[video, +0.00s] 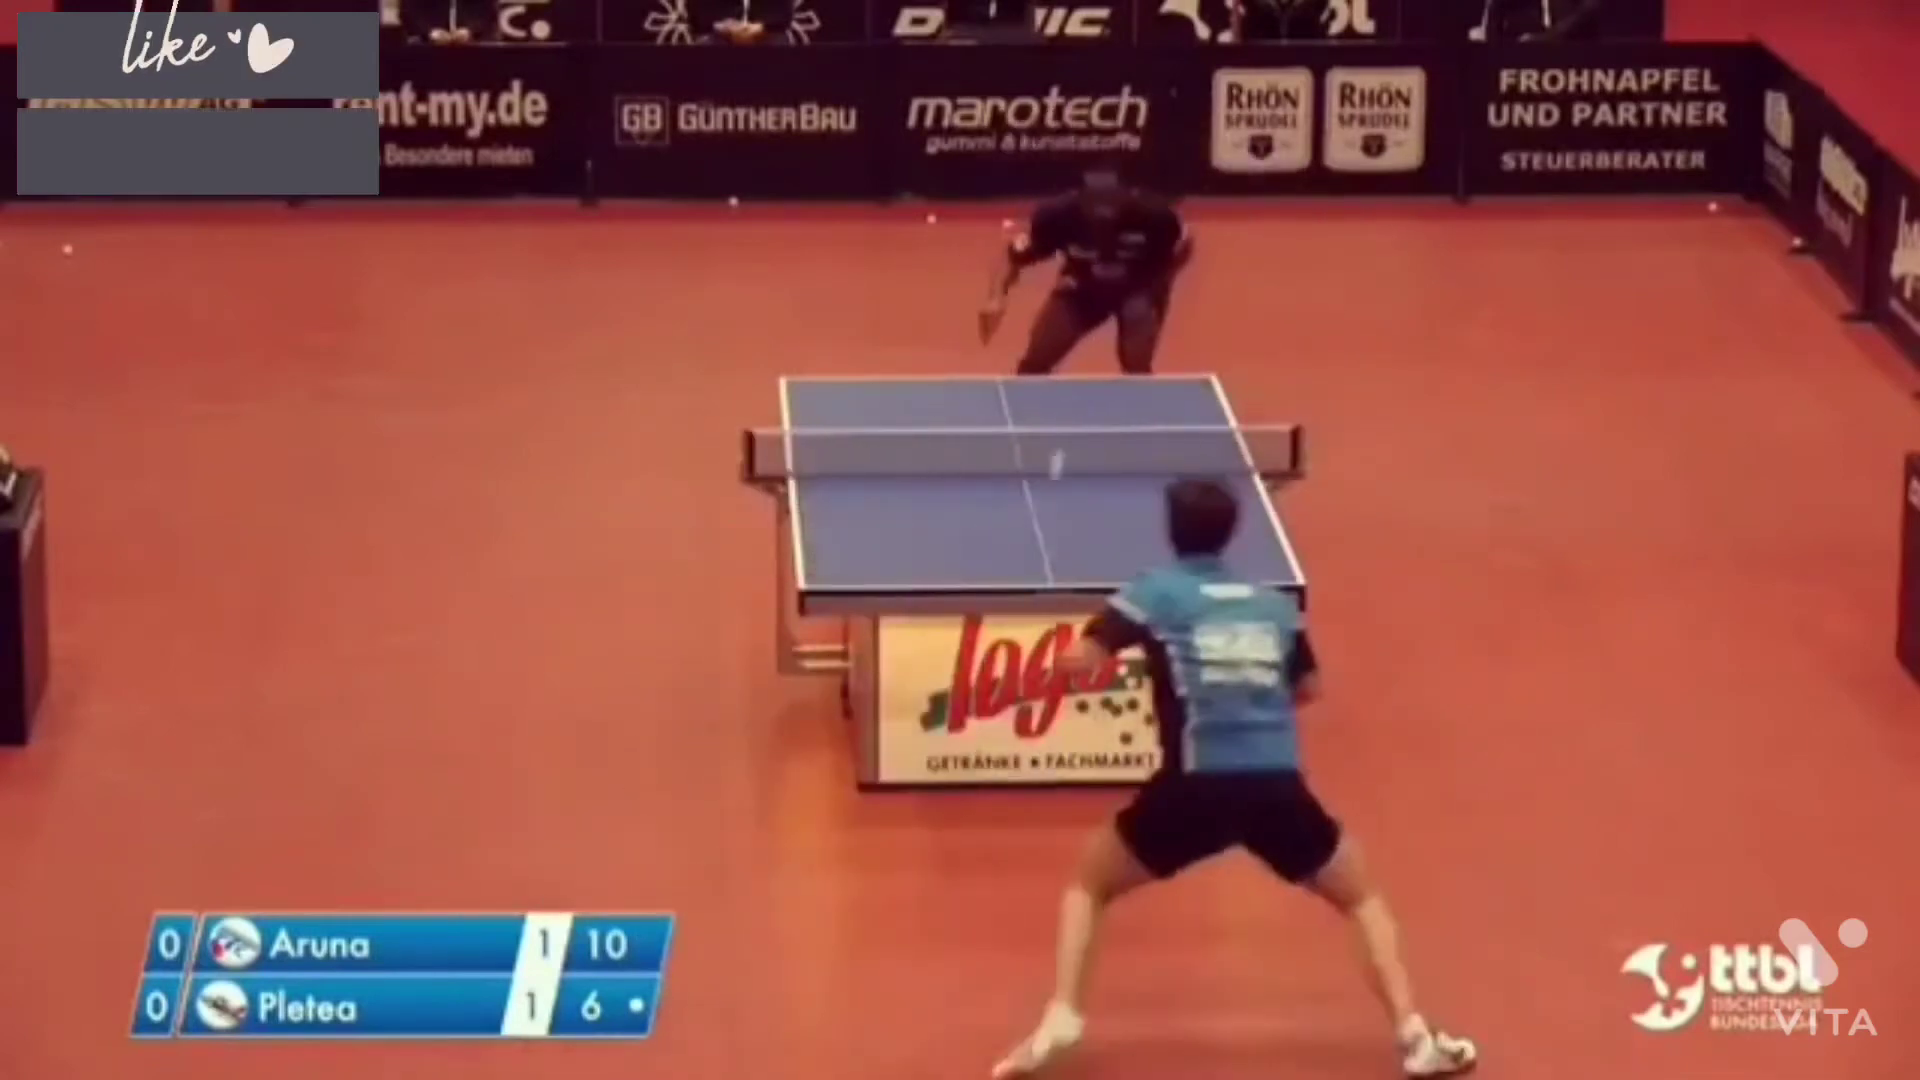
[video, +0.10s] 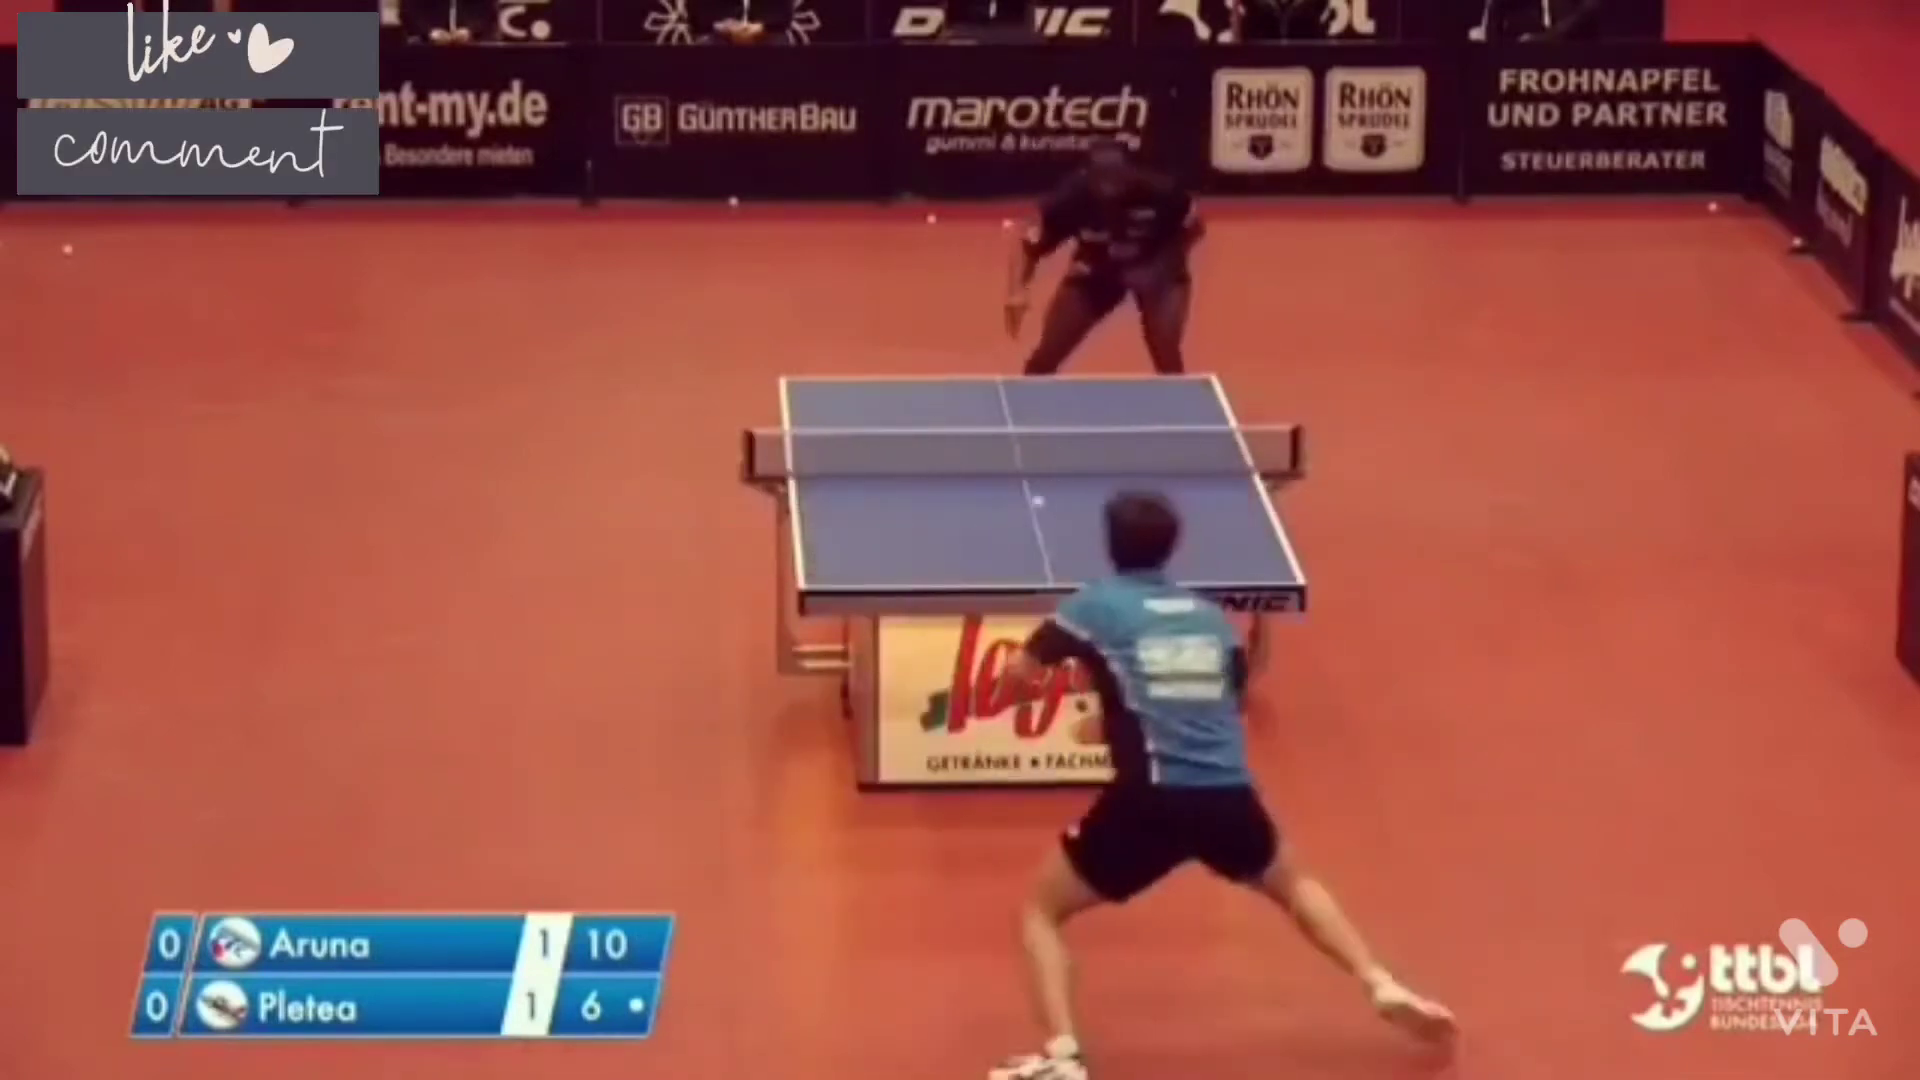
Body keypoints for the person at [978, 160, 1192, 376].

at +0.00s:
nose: (1102, 206)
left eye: (1109, 198)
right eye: (1094, 198)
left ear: (1122, 193)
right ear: (1082, 193)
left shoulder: (1151, 214)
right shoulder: (1062, 214)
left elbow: (1183, 246)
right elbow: (1018, 254)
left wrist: (1157, 286)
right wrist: (996, 300)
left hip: (1137, 289)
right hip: (1083, 288)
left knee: (1136, 365)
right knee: (1034, 362)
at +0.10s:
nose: (1108, 182)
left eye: (1114, 173)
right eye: (1100, 174)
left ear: (1128, 171)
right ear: (1089, 173)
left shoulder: (1159, 190)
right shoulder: (1074, 196)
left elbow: (1195, 227)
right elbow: (1031, 245)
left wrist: (1155, 270)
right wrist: (1018, 293)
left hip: (1154, 270)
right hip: (1097, 270)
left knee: (1167, 356)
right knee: (1047, 354)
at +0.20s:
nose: (1119, 159)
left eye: (1127, 150)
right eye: (1112, 151)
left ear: (1142, 149)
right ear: (1101, 150)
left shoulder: (1177, 174)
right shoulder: (1087, 182)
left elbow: (1220, 219)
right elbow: (1051, 231)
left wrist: (1181, 262)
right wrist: (1037, 262)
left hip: (1171, 276)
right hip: (1110, 277)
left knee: (1206, 362)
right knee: (1055, 360)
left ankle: (1234, 439)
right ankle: (1033, 444)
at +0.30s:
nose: (1127, 148)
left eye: (1135, 139)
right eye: (1121, 140)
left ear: (1152, 137)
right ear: (1110, 139)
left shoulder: (1186, 171)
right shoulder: (1099, 177)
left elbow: (1234, 218)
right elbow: (1070, 224)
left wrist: (1201, 260)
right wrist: (1055, 250)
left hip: (1187, 281)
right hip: (1125, 282)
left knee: (1223, 377)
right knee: (1060, 358)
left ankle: (1271, 439)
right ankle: (1043, 447)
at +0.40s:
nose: (1142, 132)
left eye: (1149, 123)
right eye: (1135, 123)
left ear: (1166, 120)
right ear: (1125, 123)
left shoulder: (1198, 157)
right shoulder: (1117, 162)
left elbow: (1243, 210)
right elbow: (1090, 212)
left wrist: (1208, 256)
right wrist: (1073, 243)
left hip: (1200, 266)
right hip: (1140, 266)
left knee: (1249, 357)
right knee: (1072, 338)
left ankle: (1282, 438)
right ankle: (1047, 427)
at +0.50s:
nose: (1141, 130)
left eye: (1149, 120)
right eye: (1134, 121)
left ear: (1167, 120)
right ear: (1124, 123)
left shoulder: (1204, 154)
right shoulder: (1116, 164)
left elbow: (1244, 207)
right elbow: (1096, 219)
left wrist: (1214, 254)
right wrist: (1089, 251)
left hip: (1205, 266)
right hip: (1140, 267)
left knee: (1260, 350)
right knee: (1070, 345)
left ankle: (1293, 439)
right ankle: (1045, 437)